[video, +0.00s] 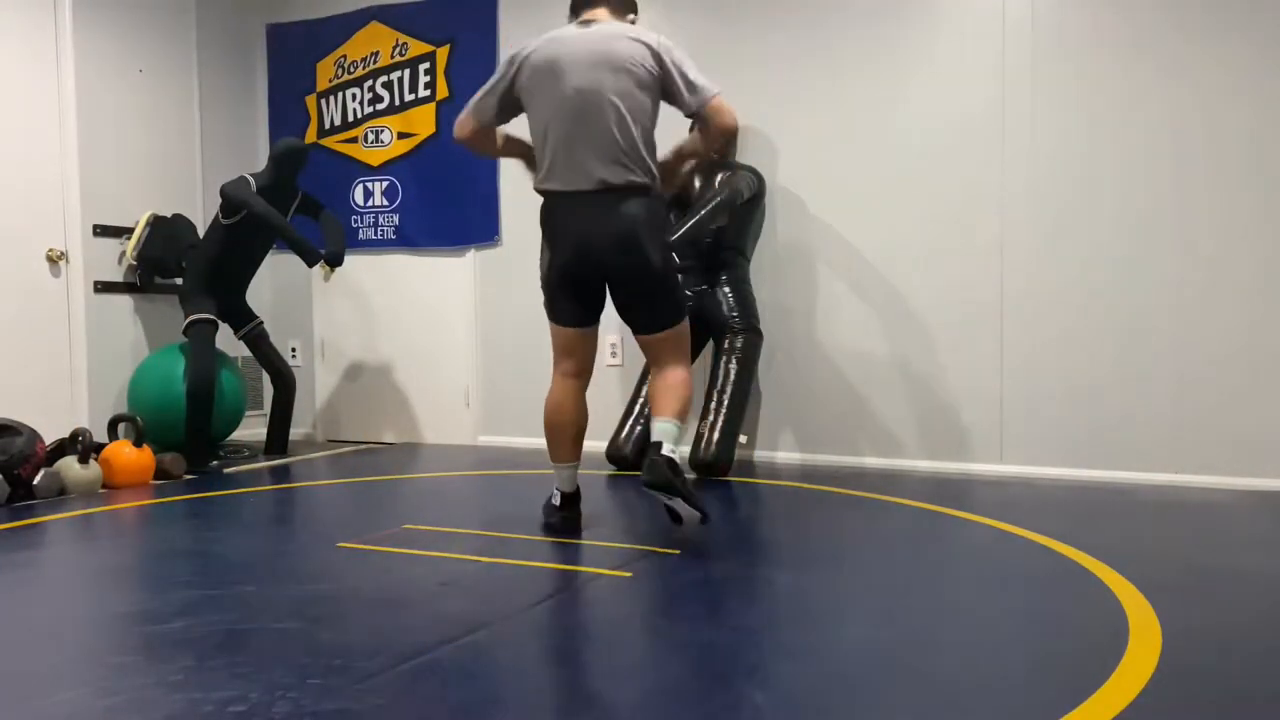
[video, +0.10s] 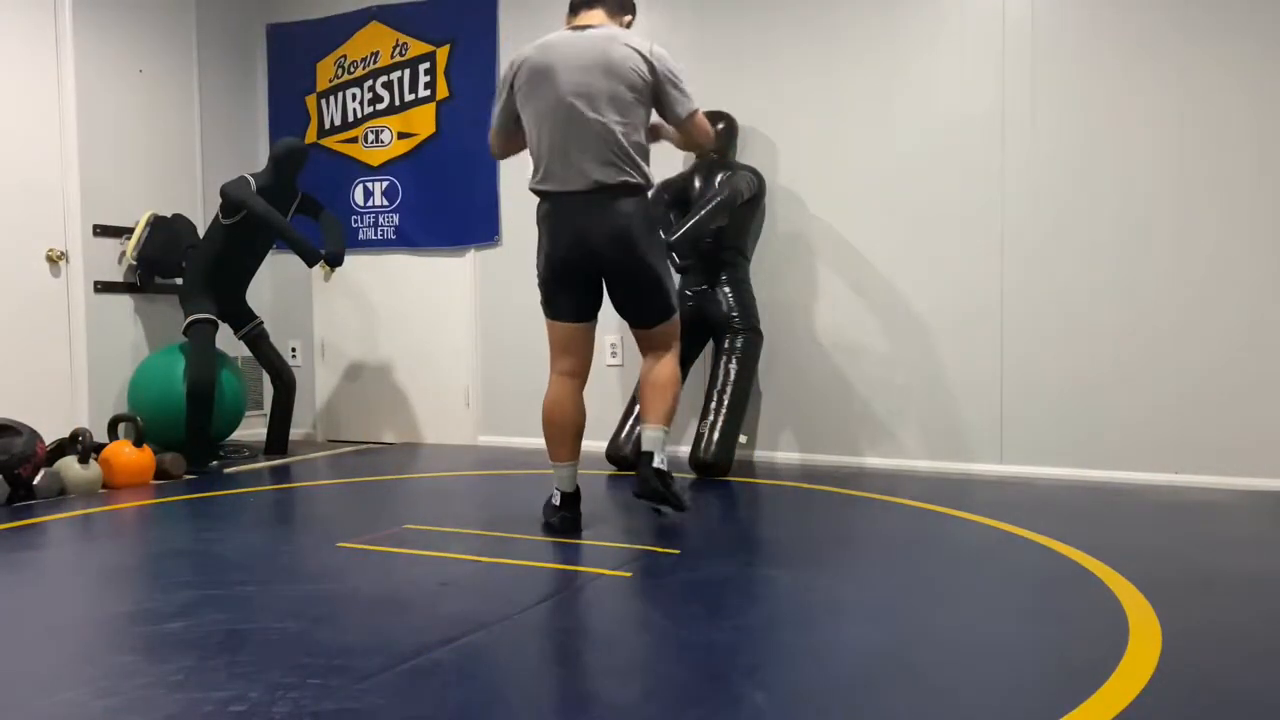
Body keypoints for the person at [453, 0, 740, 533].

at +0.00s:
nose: (635, 20)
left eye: (632, 18)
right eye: (635, 15)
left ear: (575, 11)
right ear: (626, 11)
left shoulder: (531, 53)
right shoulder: (647, 45)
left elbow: (467, 131)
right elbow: (723, 122)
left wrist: (523, 149)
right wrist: (685, 159)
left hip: (564, 224)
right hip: (634, 221)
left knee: (569, 369)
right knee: (667, 356)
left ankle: (564, 501)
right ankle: (665, 452)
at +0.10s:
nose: (629, 27)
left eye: (626, 22)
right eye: (629, 20)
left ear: (572, 12)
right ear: (623, 15)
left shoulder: (527, 60)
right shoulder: (641, 54)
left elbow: (500, 146)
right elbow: (702, 138)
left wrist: (551, 119)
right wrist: (662, 128)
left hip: (560, 225)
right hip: (628, 222)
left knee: (566, 370)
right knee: (661, 349)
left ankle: (564, 499)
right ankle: (652, 462)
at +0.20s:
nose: (626, 31)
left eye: (622, 26)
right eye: (626, 24)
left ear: (569, 17)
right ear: (622, 20)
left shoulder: (527, 68)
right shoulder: (637, 59)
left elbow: (541, 133)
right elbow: (695, 142)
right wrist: (658, 128)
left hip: (559, 228)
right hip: (624, 224)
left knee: (565, 370)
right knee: (651, 353)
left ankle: (564, 501)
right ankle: (655, 477)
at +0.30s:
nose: (630, 37)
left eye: (624, 30)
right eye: (630, 30)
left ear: (573, 25)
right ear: (624, 28)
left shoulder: (535, 72)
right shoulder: (641, 69)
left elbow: (557, 133)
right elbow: (699, 152)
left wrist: (635, 143)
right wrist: (661, 146)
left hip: (562, 230)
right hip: (625, 228)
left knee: (565, 371)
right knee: (644, 360)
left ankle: (566, 498)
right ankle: (659, 467)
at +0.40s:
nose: (633, 47)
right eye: (636, 40)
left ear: (581, 33)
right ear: (634, 40)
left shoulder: (545, 78)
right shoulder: (652, 83)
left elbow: (562, 141)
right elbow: (704, 162)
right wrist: (663, 175)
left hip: (569, 236)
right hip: (630, 234)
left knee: (570, 368)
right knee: (644, 364)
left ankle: (566, 497)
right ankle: (655, 466)